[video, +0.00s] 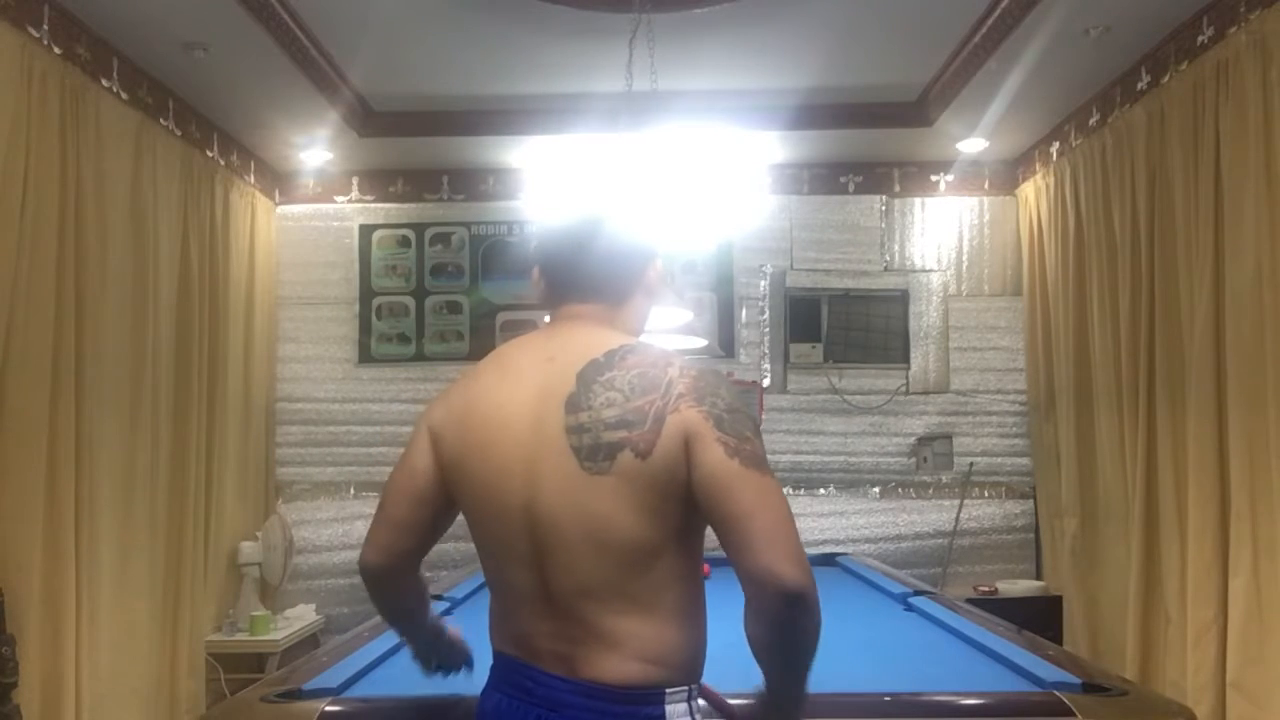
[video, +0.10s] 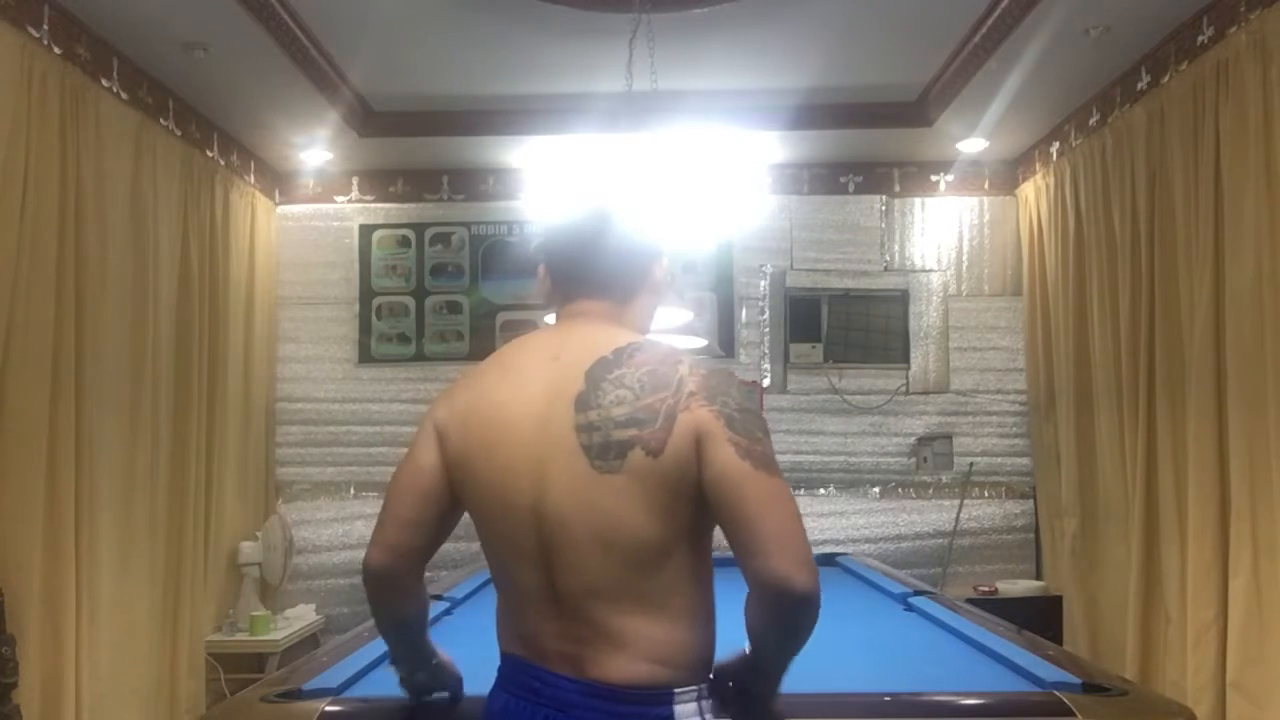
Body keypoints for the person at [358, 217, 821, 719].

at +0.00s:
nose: (661, 282)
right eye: (659, 269)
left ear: (542, 280)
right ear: (646, 276)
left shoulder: (467, 392)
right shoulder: (689, 387)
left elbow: (383, 560)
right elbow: (785, 584)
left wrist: (428, 637)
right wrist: (781, 700)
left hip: (512, 698)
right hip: (648, 703)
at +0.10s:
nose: (666, 281)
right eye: (665, 269)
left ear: (546, 277)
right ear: (654, 274)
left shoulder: (471, 390)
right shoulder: (700, 386)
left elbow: (388, 564)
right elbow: (789, 582)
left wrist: (417, 664)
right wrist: (761, 674)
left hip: (521, 697)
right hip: (660, 702)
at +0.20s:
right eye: (673, 272)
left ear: (550, 273)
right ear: (663, 275)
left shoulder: (476, 391)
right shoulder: (712, 386)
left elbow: (391, 566)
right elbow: (807, 581)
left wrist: (414, 673)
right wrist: (759, 645)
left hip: (535, 699)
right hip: (678, 703)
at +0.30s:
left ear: (562, 268)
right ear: (675, 270)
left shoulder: (485, 390)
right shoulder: (735, 384)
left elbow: (404, 568)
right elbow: (827, 578)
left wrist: (426, 656)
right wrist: (767, 626)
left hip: (547, 698)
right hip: (691, 700)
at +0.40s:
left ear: (573, 266)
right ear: (686, 265)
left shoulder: (489, 390)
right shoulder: (750, 385)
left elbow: (415, 571)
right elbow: (833, 586)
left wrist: (456, 647)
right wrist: (770, 616)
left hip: (550, 699)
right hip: (697, 701)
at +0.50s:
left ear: (581, 264)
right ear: (693, 264)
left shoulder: (493, 388)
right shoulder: (758, 387)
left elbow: (425, 571)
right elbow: (834, 594)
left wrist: (477, 647)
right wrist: (775, 613)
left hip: (549, 699)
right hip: (700, 701)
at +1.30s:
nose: (680, 291)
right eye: (681, 277)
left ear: (566, 277)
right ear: (674, 284)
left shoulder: (481, 390)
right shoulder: (715, 381)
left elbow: (435, 564)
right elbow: (775, 576)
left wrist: (511, 638)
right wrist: (734, 615)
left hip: (512, 695)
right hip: (656, 698)